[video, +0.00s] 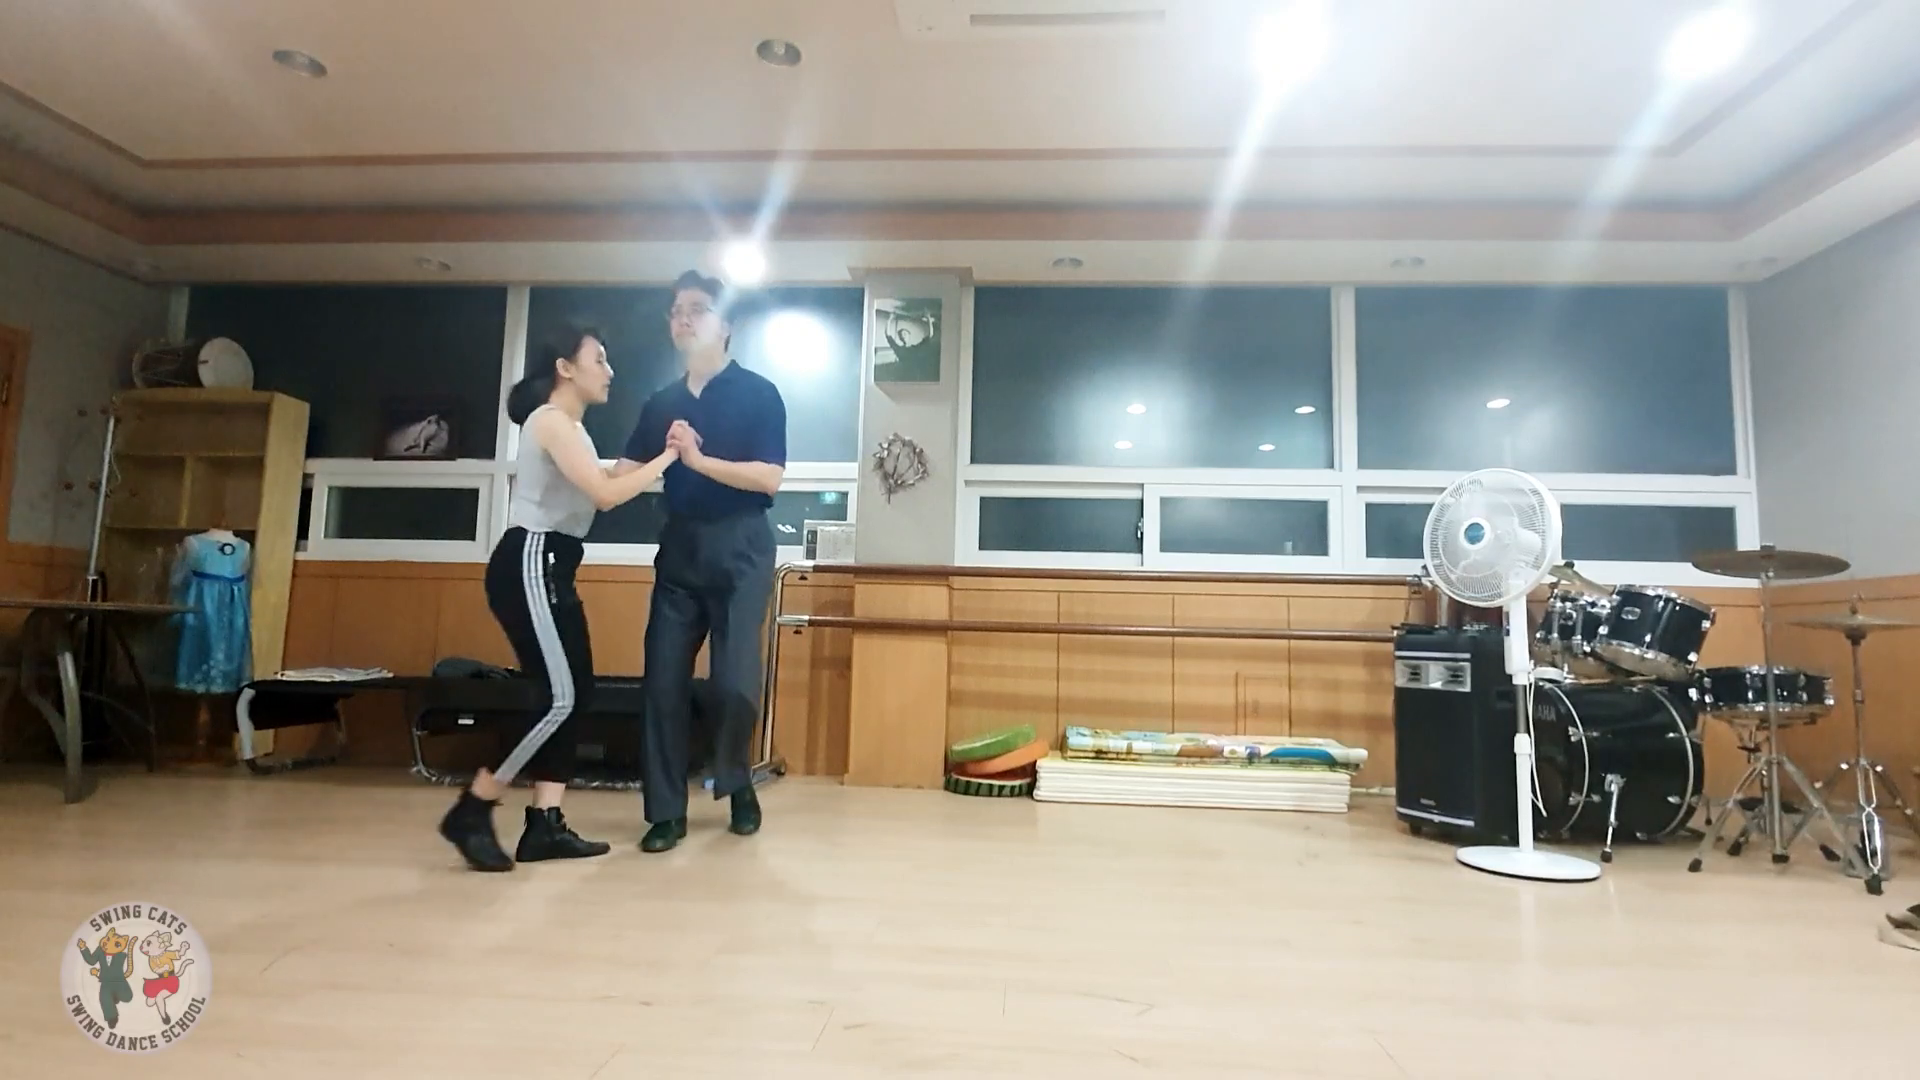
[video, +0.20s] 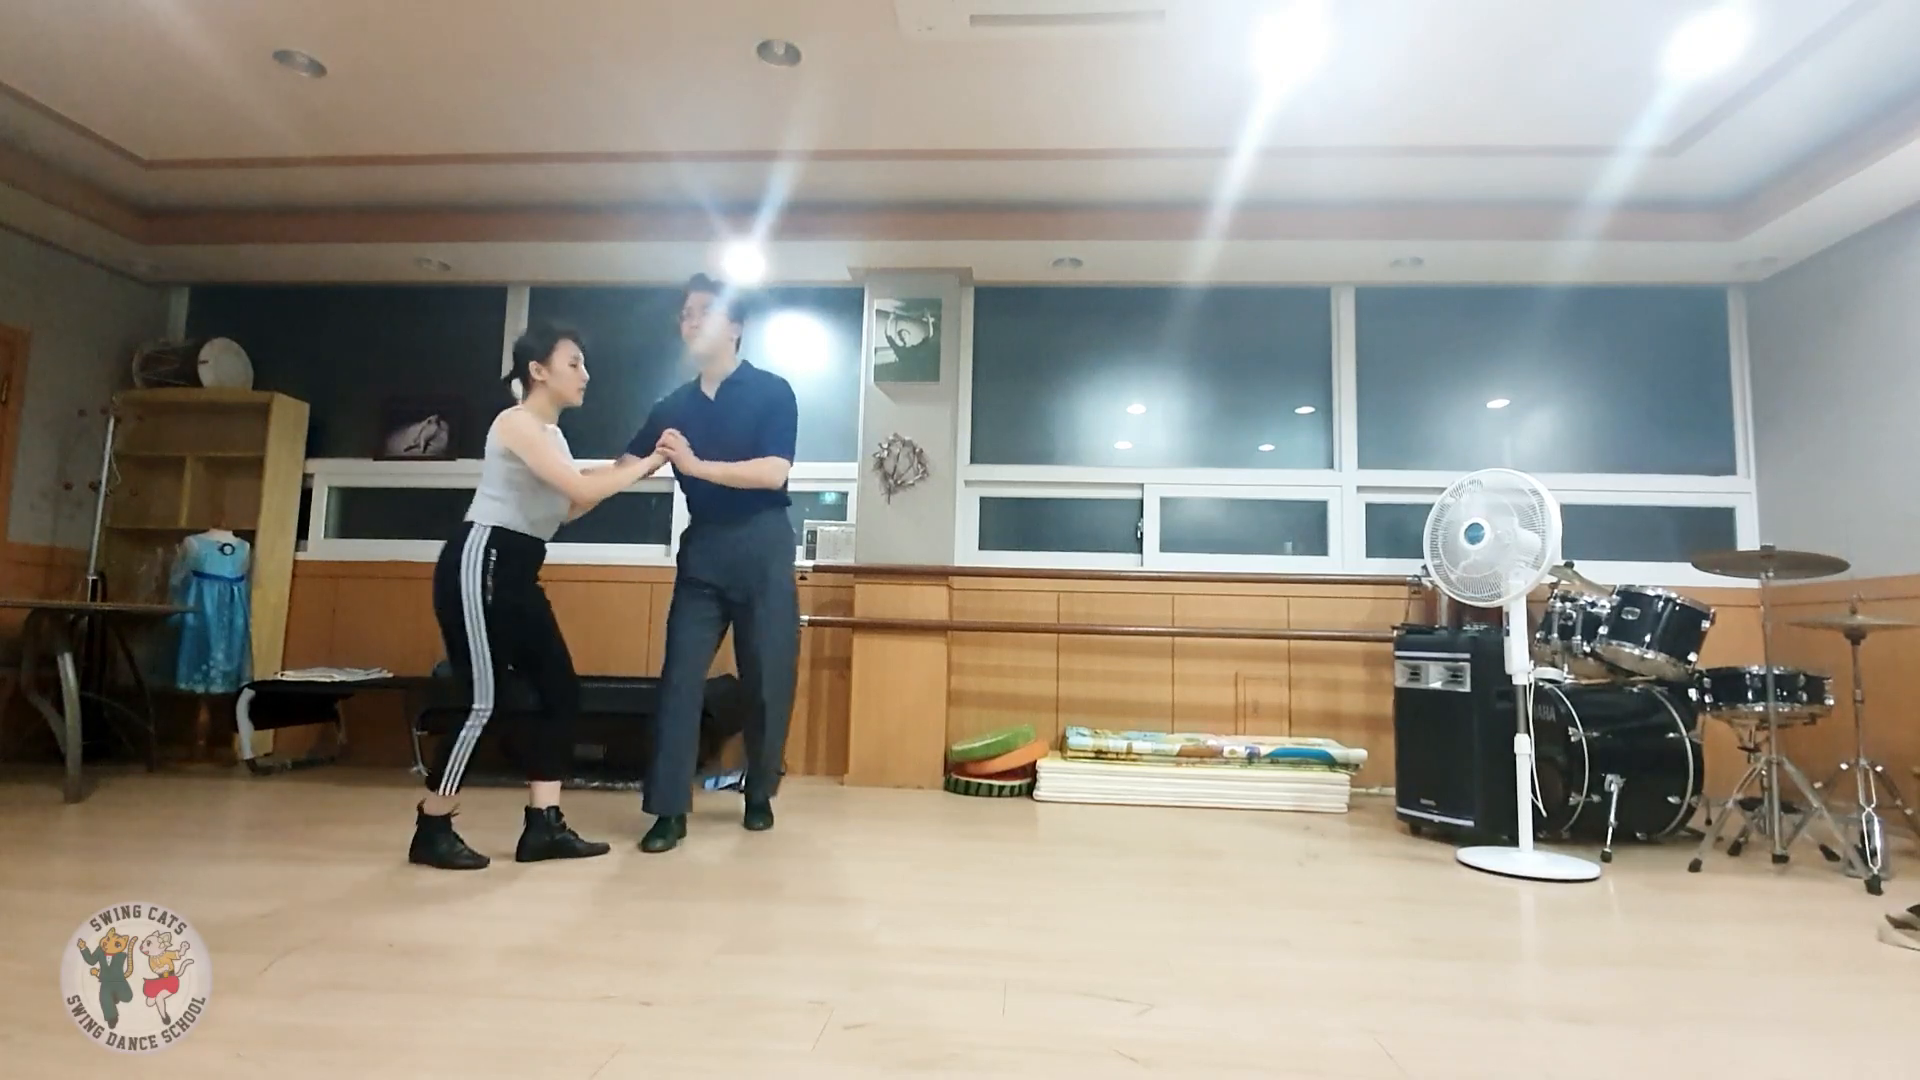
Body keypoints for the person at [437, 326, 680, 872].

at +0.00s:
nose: (610, 371)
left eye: (607, 361)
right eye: (599, 361)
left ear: (571, 373)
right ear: (565, 370)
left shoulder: (568, 426)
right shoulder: (553, 422)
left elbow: (596, 488)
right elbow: (605, 493)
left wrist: (633, 470)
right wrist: (664, 463)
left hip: (553, 564)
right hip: (529, 562)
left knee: (575, 693)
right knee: (560, 698)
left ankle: (545, 826)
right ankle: (471, 809)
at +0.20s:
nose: (584, 375)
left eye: (583, 364)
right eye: (572, 364)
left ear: (549, 374)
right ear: (536, 371)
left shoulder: (554, 436)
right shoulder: (514, 422)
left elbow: (566, 510)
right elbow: (579, 488)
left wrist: (617, 475)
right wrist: (641, 465)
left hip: (516, 571)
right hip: (477, 564)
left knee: (559, 688)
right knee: (483, 700)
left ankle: (544, 826)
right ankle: (432, 826)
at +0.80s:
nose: (583, 384)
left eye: (584, 375)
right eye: (572, 373)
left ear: (574, 384)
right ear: (538, 378)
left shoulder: (563, 443)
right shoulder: (519, 431)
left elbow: (588, 512)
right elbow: (587, 489)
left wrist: (644, 476)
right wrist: (649, 467)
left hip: (552, 573)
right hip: (514, 569)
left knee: (577, 687)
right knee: (546, 693)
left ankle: (555, 815)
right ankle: (465, 807)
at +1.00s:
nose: (589, 381)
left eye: (590, 373)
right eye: (576, 372)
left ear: (589, 384)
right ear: (543, 380)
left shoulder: (579, 448)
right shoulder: (521, 432)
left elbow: (610, 512)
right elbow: (577, 479)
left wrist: (662, 473)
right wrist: (654, 462)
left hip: (556, 573)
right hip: (514, 568)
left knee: (574, 686)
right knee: (539, 689)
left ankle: (556, 814)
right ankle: (502, 815)